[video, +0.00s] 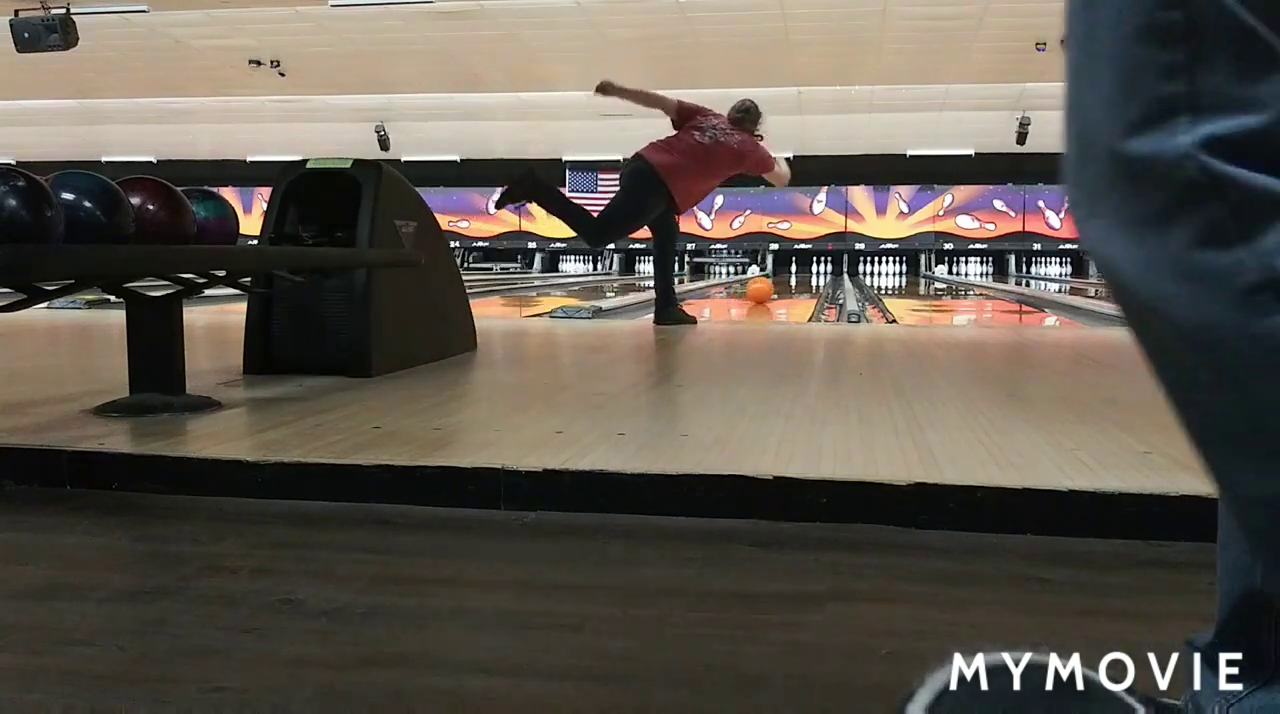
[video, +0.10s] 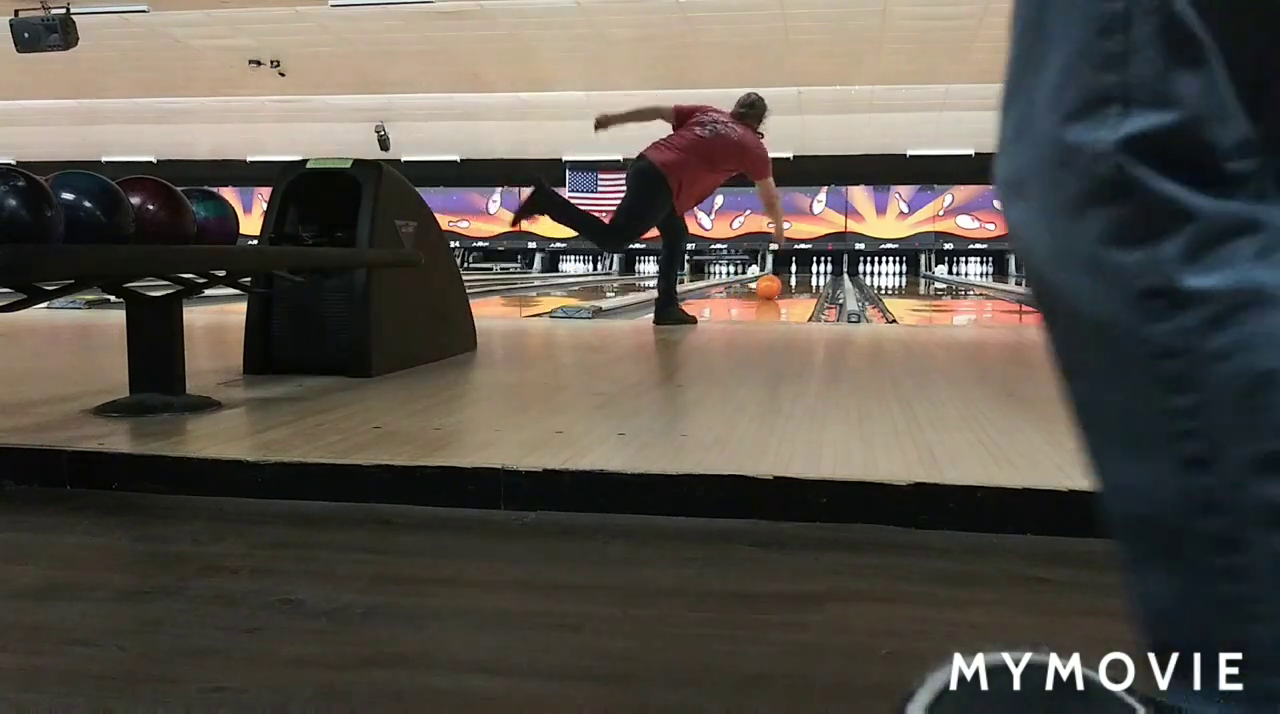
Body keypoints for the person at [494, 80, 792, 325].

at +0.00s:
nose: (756, 132)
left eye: (749, 121)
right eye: (757, 127)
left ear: (732, 115)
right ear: (755, 127)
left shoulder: (705, 115)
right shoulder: (751, 149)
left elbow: (659, 101)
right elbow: (782, 179)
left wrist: (616, 90)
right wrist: (778, 164)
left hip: (638, 168)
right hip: (657, 186)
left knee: (667, 237)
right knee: (596, 236)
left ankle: (666, 308)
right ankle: (534, 186)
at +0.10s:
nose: (761, 128)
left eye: (758, 121)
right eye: (763, 124)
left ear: (735, 110)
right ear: (759, 120)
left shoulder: (707, 113)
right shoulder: (754, 146)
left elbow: (656, 111)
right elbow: (770, 197)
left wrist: (613, 119)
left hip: (643, 167)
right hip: (660, 182)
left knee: (677, 238)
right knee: (612, 240)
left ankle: (666, 308)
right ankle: (545, 198)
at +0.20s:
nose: (768, 116)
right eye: (769, 112)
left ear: (742, 100)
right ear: (767, 112)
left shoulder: (713, 107)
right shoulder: (758, 138)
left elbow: (663, 121)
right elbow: (750, 192)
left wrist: (624, 149)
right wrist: (742, 234)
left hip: (650, 165)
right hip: (669, 180)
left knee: (678, 236)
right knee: (643, 245)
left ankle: (666, 308)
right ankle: (573, 225)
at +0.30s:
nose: (776, 106)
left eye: (776, 101)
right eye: (777, 101)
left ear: (751, 89)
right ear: (774, 99)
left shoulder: (720, 98)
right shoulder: (761, 121)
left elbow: (680, 125)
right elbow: (733, 162)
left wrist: (657, 158)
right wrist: (704, 190)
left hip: (657, 162)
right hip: (679, 170)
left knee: (675, 239)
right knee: (686, 242)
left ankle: (666, 306)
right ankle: (619, 262)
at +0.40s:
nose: (784, 93)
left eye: (786, 88)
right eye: (785, 88)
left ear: (759, 76)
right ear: (782, 86)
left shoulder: (730, 91)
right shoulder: (766, 103)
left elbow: (704, 117)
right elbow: (737, 119)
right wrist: (699, 138)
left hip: (667, 164)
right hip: (691, 170)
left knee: (678, 236)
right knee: (722, 235)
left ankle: (663, 306)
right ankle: (687, 302)